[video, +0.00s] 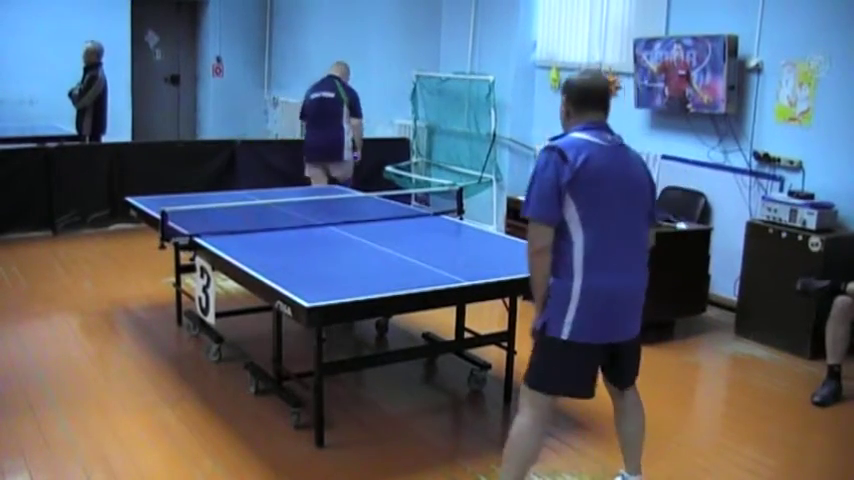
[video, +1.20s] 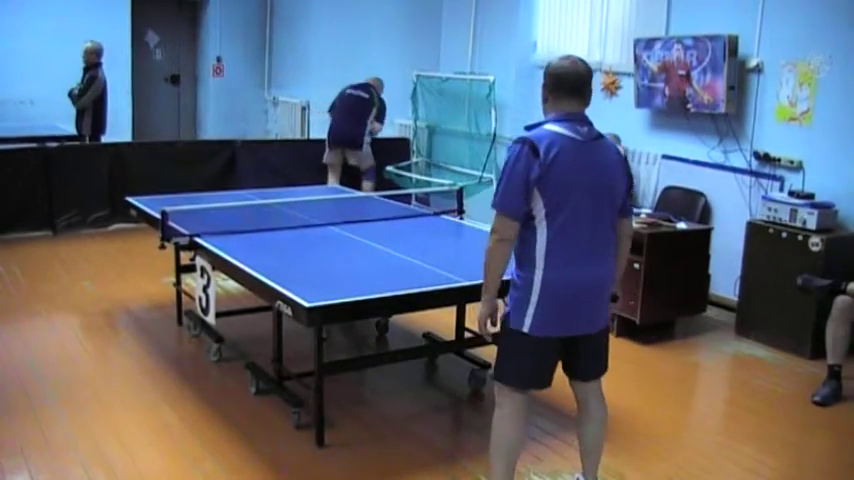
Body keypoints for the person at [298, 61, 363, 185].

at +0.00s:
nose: (348, 79)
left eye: (347, 77)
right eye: (348, 76)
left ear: (330, 72)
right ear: (346, 75)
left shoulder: (312, 89)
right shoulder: (348, 92)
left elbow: (304, 118)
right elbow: (356, 122)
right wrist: (358, 148)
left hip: (313, 148)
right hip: (338, 149)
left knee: (318, 194)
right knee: (344, 193)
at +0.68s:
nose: (359, 80)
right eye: (359, 78)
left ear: (344, 74)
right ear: (358, 77)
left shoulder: (327, 89)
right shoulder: (361, 91)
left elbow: (317, 115)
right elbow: (369, 118)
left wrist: (328, 126)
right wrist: (363, 133)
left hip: (329, 141)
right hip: (351, 141)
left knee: (330, 179)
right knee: (353, 181)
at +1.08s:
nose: (372, 85)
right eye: (371, 82)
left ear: (355, 75)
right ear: (369, 80)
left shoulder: (337, 86)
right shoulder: (371, 93)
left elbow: (325, 111)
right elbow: (372, 121)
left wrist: (338, 121)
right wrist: (363, 131)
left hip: (332, 136)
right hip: (355, 138)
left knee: (331, 173)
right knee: (367, 168)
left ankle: (329, 207)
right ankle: (364, 204)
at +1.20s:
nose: (380, 93)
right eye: (380, 91)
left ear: (367, 82)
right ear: (379, 89)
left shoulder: (347, 89)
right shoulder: (378, 100)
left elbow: (331, 111)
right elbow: (376, 127)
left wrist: (343, 121)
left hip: (334, 137)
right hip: (357, 140)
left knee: (333, 173)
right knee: (368, 171)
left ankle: (330, 205)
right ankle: (366, 206)